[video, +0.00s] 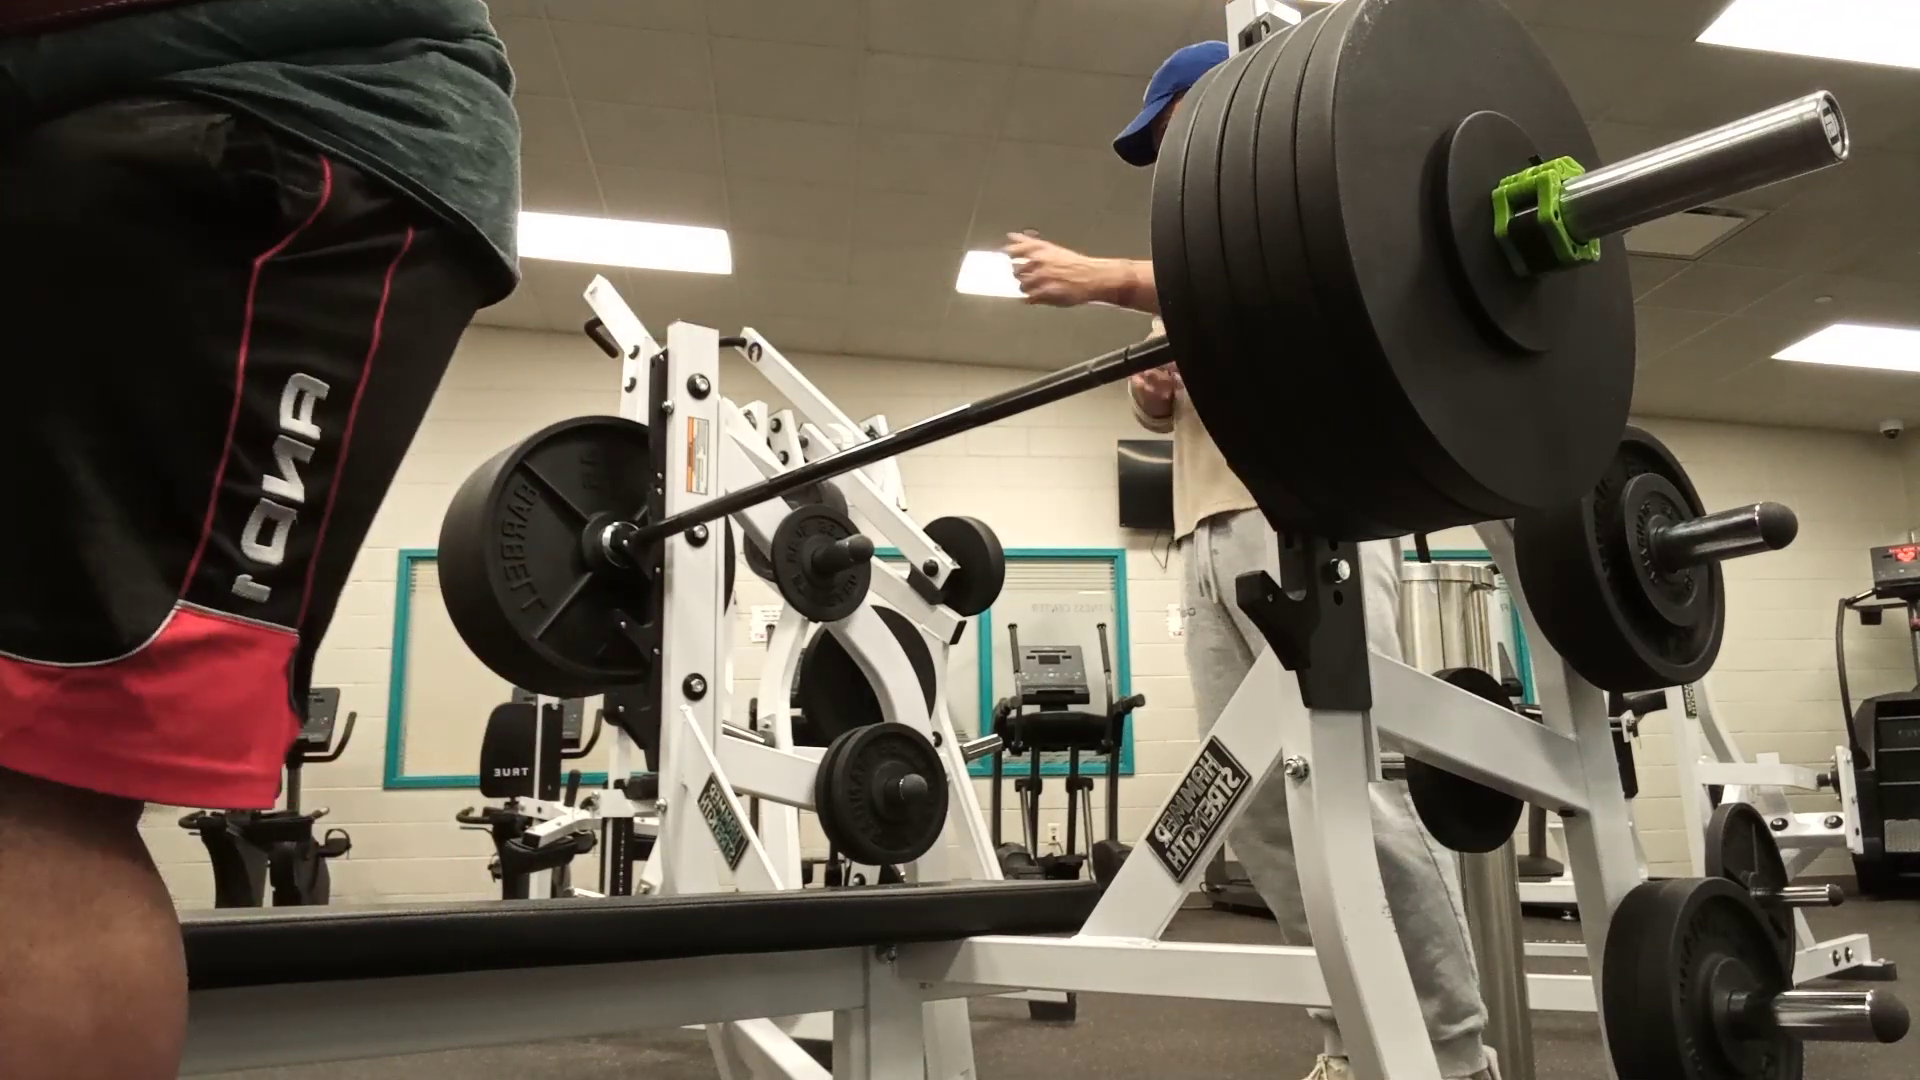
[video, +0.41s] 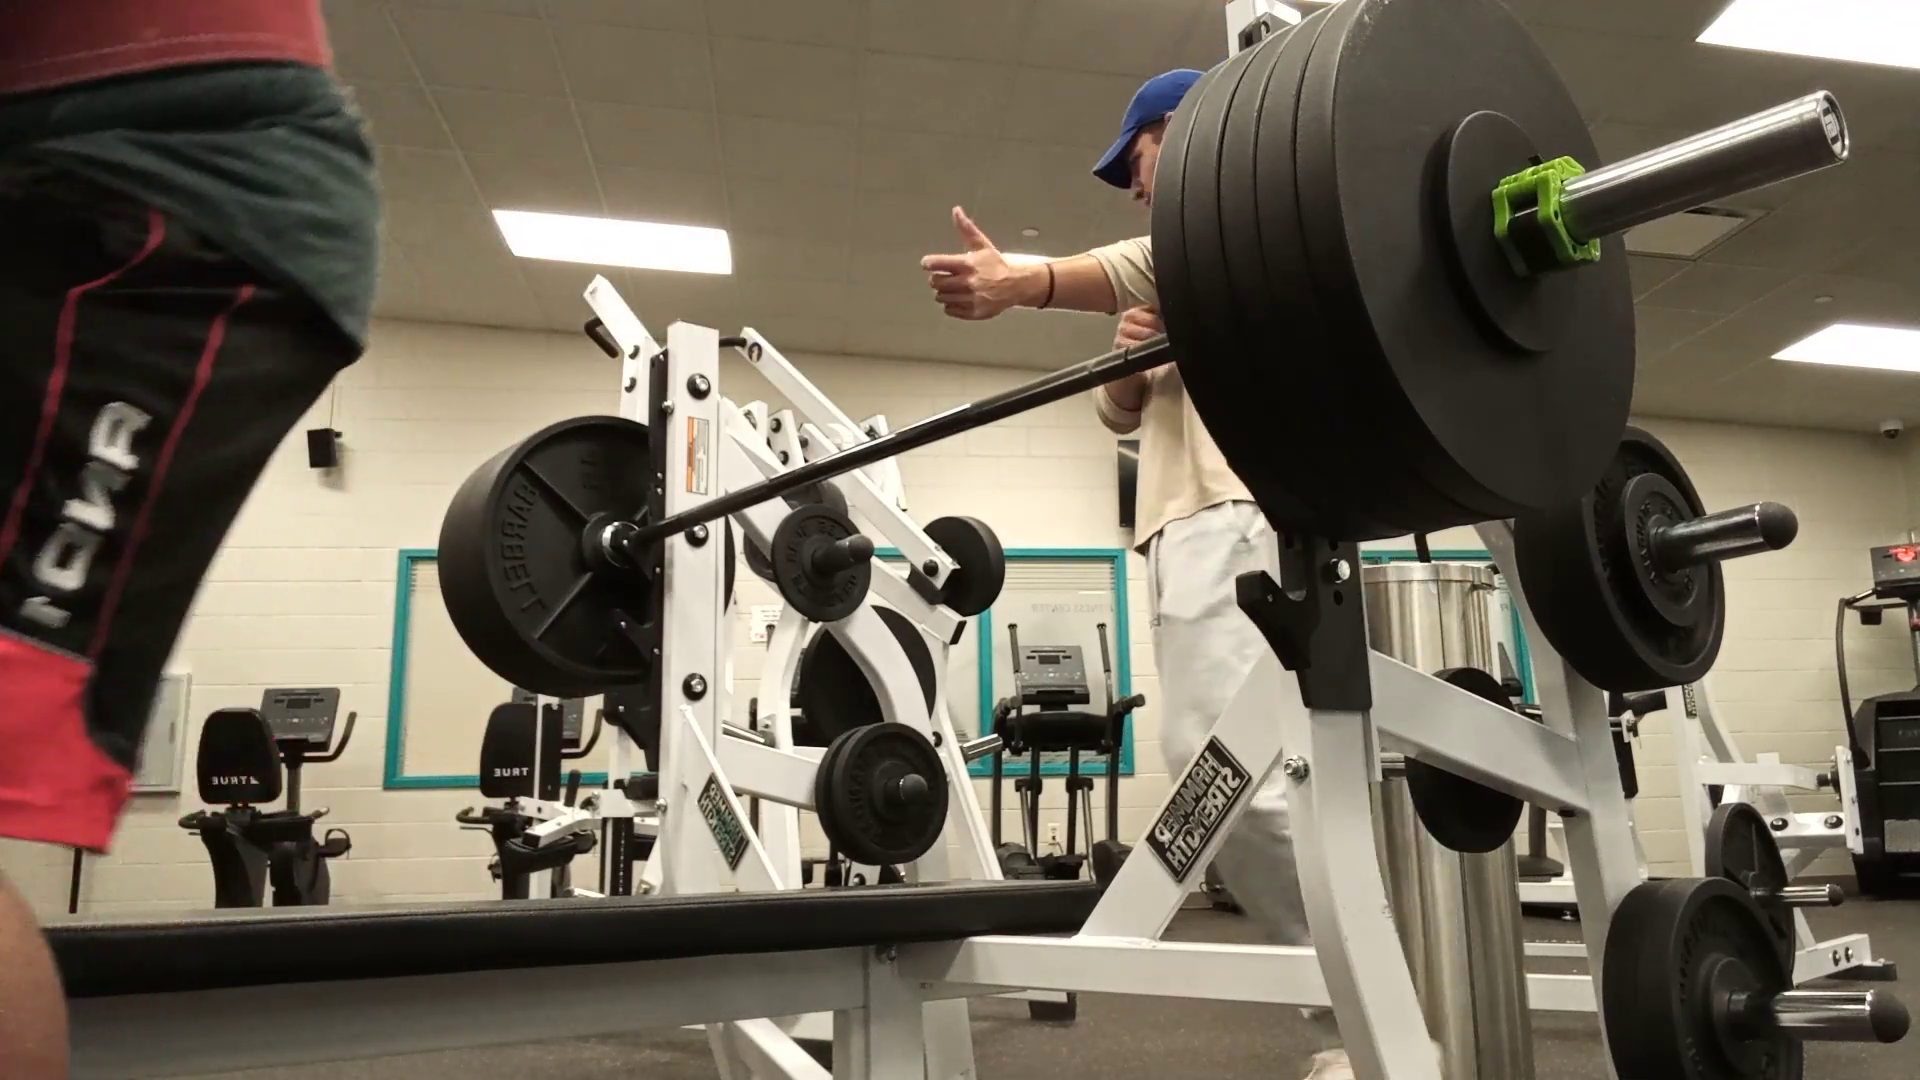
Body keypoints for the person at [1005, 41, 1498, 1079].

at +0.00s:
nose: (1158, 164)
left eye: (1168, 138)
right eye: (1154, 148)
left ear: (1221, 106)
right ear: (1183, 127)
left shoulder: (1298, 192)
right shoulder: (1205, 238)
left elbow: (1269, 271)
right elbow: (1172, 400)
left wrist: (1106, 277)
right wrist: (1162, 392)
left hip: (1297, 528)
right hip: (1209, 541)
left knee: (1355, 795)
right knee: (1253, 812)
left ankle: (1458, 1049)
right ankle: (1365, 1028)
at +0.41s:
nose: (1132, 180)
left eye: (1139, 156)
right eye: (1129, 167)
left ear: (1187, 128)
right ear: (1164, 150)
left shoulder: (1234, 216)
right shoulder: (1179, 256)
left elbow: (1152, 264)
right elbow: (1121, 416)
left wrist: (1021, 278)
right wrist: (1130, 356)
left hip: (1230, 520)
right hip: (1184, 530)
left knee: (1219, 760)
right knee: (1214, 774)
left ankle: (1353, 998)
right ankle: (1334, 1003)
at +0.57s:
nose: (1110, 185)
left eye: (1111, 158)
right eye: (1105, 169)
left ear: (1155, 125)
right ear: (1161, 131)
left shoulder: (1208, 218)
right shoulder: (1215, 238)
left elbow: (1120, 293)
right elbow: (1103, 414)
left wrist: (989, 322)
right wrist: (1105, 348)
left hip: (1202, 533)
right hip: (1263, 537)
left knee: (1159, 792)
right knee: (1260, 801)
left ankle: (1194, 1051)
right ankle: (1335, 1029)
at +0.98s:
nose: (1013, 126)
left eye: (1021, 101)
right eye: (1010, 109)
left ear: (1072, 83)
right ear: (1082, 90)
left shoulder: (1131, 183)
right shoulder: (1106, 198)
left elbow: (1146, 353)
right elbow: (1117, 369)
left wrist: (1026, 438)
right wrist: (1014, 399)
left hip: (1132, 526)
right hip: (1112, 521)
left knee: (1101, 804)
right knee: (1108, 794)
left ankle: (1144, 1055)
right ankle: (1274, 1000)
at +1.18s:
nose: (985, 126)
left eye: (995, 100)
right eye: (979, 110)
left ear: (1054, 84)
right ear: (1048, 93)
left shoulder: (1110, 179)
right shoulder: (1062, 213)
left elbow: (1135, 321)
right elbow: (1076, 380)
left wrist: (989, 430)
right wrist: (970, 400)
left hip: (1113, 528)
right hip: (1056, 533)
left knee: (1092, 783)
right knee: (1010, 771)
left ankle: (1141, 1037)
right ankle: (1087, 992)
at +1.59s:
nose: (996, 131)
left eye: (1010, 111)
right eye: (975, 122)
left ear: (1052, 119)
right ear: (960, 147)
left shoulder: (1114, 204)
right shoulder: (961, 276)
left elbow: (1187, 315)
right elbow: (917, 405)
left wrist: (1098, 363)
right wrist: (826, 363)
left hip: (1121, 525)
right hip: (1020, 547)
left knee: (1116, 779)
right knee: (1034, 800)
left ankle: (1136, 1044)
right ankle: (1092, 1020)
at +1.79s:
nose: (1015, 132)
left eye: (1029, 112)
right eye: (994, 122)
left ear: (1065, 120)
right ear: (972, 146)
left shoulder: (1132, 201)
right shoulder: (955, 272)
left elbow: (1227, 274)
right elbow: (873, 379)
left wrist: (1171, 238)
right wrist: (770, 324)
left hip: (1131, 520)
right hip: (1018, 545)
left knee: (1156, 776)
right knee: (1043, 806)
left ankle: (1228, 1047)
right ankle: (1116, 1040)